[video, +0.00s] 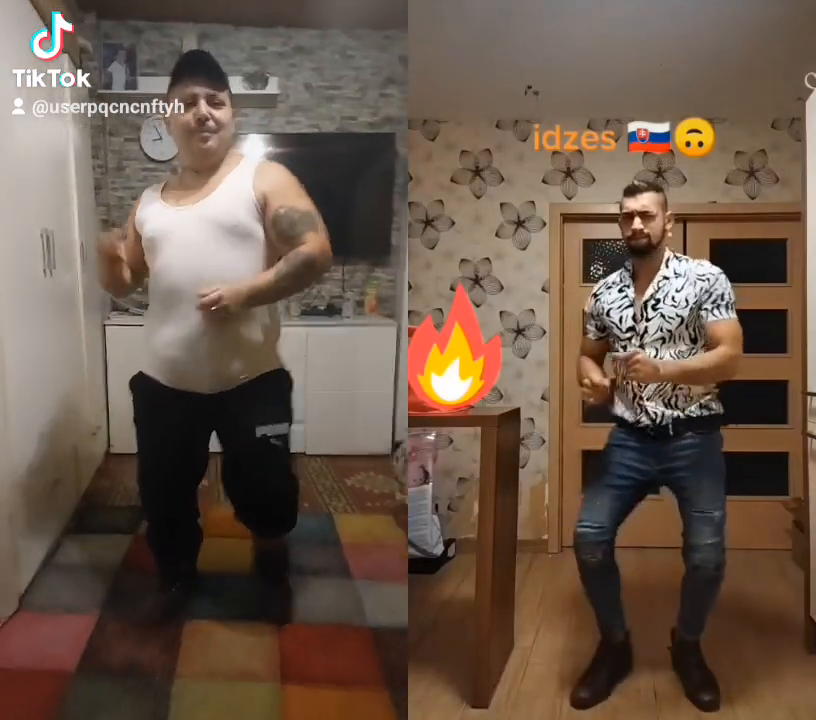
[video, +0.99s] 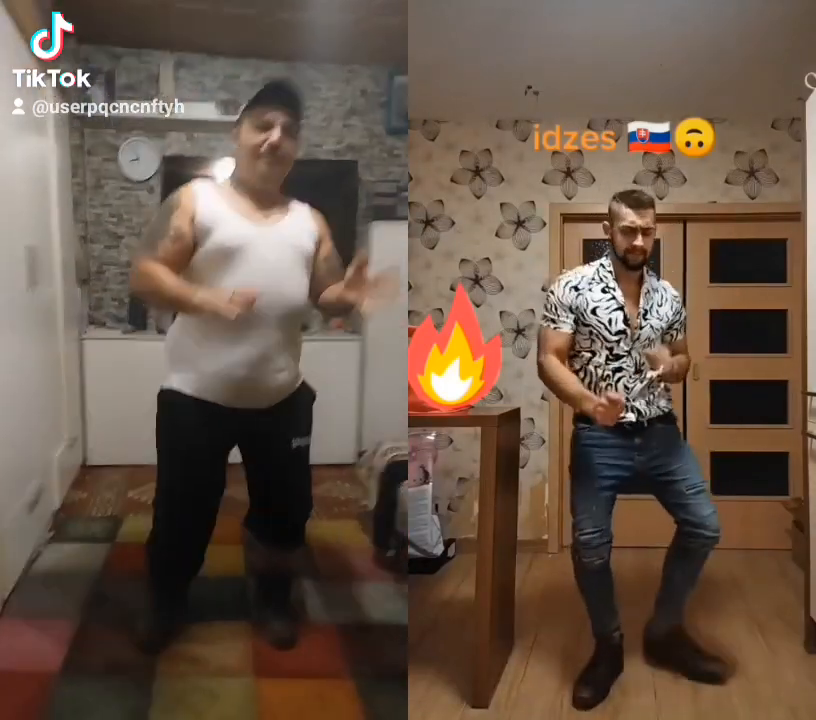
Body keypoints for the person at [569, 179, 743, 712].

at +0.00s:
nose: (634, 225)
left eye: (645, 216)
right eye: (626, 217)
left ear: (668, 221)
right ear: (618, 225)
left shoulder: (704, 278)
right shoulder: (607, 292)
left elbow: (730, 355)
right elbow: (588, 357)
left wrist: (664, 369)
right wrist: (594, 376)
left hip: (695, 439)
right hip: (630, 440)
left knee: (707, 560)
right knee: (589, 540)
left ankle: (687, 647)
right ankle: (614, 647)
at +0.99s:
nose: (638, 241)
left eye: (646, 232)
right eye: (629, 232)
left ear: (655, 233)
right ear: (608, 232)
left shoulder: (666, 297)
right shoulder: (572, 288)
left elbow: (682, 362)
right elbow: (549, 362)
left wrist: (671, 366)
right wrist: (587, 401)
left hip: (660, 434)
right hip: (599, 438)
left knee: (703, 527)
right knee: (589, 547)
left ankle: (665, 632)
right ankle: (607, 649)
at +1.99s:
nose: (645, 243)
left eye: (653, 235)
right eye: (638, 236)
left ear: (672, 240)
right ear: (632, 244)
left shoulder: (701, 286)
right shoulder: (621, 304)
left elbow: (725, 353)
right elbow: (612, 361)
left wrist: (676, 385)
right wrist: (599, 387)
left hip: (676, 427)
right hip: (622, 422)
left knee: (679, 533)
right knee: (583, 505)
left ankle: (671, 621)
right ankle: (611, 622)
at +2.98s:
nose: (606, 249)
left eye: (614, 242)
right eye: (600, 242)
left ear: (628, 247)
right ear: (590, 247)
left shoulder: (654, 293)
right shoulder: (571, 300)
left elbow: (682, 347)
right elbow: (545, 357)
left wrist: (656, 376)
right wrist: (564, 363)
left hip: (648, 418)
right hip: (598, 420)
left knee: (672, 504)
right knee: (589, 508)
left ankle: (662, 604)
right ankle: (613, 594)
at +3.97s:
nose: (660, 261)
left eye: (667, 254)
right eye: (653, 254)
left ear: (679, 255)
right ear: (643, 256)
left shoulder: (701, 299)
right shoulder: (622, 299)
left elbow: (718, 360)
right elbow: (604, 346)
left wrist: (679, 344)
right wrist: (611, 373)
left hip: (688, 416)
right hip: (638, 414)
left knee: (696, 501)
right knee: (615, 491)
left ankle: (680, 576)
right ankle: (624, 592)